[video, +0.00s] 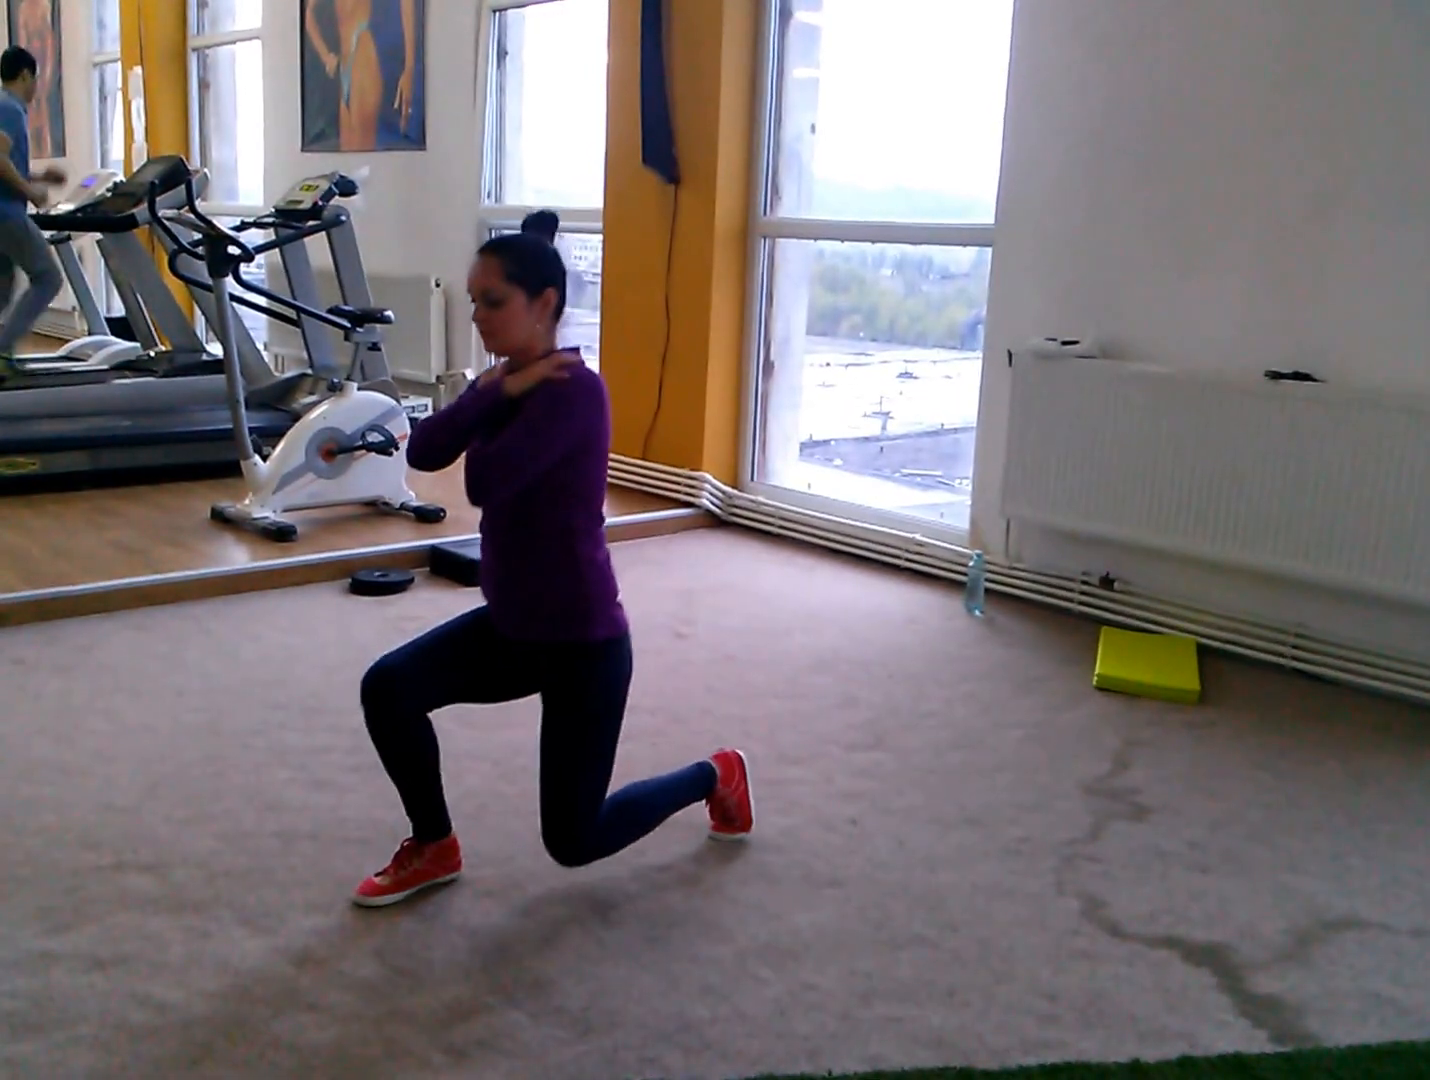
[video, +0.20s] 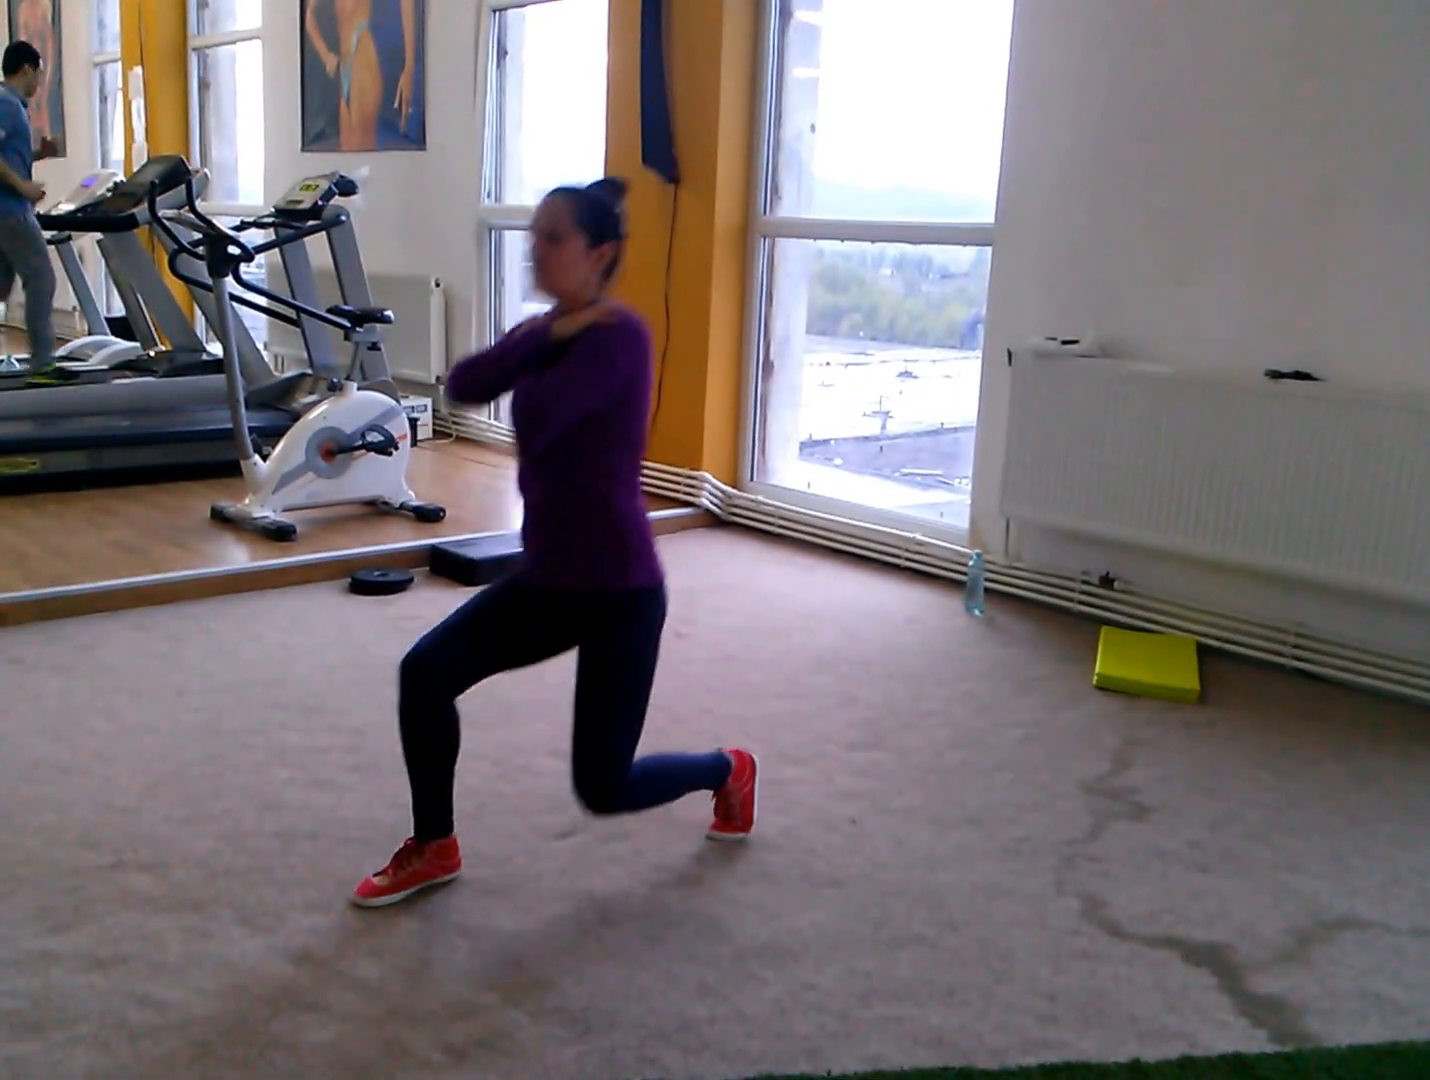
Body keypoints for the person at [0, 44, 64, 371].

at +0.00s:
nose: (35, 88)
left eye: (35, 80)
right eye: (35, 79)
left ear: (10, 76)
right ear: (24, 75)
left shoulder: (8, 110)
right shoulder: (10, 111)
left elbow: (8, 166)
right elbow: (4, 160)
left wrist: (40, 175)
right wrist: (31, 191)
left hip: (7, 212)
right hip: (8, 214)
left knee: (5, 287)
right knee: (49, 279)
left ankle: (4, 351)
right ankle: (5, 346)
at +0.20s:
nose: (39, 82)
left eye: (39, 74)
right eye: (38, 74)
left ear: (16, 70)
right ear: (26, 69)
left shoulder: (14, 105)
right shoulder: (8, 105)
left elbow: (11, 157)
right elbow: (3, 157)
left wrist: (40, 153)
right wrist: (22, 185)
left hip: (14, 209)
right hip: (11, 210)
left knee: (4, 283)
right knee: (41, 278)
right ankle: (43, 359)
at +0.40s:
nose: (41, 87)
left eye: (41, 80)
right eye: (40, 79)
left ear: (12, 75)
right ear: (30, 76)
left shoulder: (8, 106)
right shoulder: (14, 110)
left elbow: (15, 163)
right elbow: (16, 163)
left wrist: (47, 179)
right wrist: (54, 182)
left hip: (11, 218)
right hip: (8, 220)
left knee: (45, 275)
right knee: (6, 292)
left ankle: (12, 352)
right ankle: (7, 357)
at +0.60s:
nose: (37, 83)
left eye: (37, 76)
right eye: (36, 76)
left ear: (10, 74)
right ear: (26, 73)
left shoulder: (8, 104)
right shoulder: (16, 106)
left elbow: (15, 154)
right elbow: (17, 154)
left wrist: (42, 168)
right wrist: (47, 169)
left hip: (13, 214)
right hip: (11, 215)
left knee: (39, 281)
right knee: (15, 285)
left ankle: (38, 358)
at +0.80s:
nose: (40, 84)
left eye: (41, 77)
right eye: (40, 76)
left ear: (13, 73)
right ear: (29, 73)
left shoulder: (12, 107)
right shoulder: (10, 106)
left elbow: (14, 165)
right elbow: (0, 150)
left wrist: (50, 172)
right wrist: (27, 180)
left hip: (9, 208)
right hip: (8, 208)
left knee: (4, 287)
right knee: (50, 272)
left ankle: (16, 355)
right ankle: (19, 354)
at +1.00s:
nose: (44, 83)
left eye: (43, 76)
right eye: (42, 75)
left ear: (18, 73)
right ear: (31, 73)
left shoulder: (15, 110)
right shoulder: (10, 110)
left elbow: (12, 161)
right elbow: (3, 158)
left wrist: (43, 162)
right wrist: (28, 188)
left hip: (13, 209)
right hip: (12, 210)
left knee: (5, 287)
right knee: (44, 280)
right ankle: (32, 363)